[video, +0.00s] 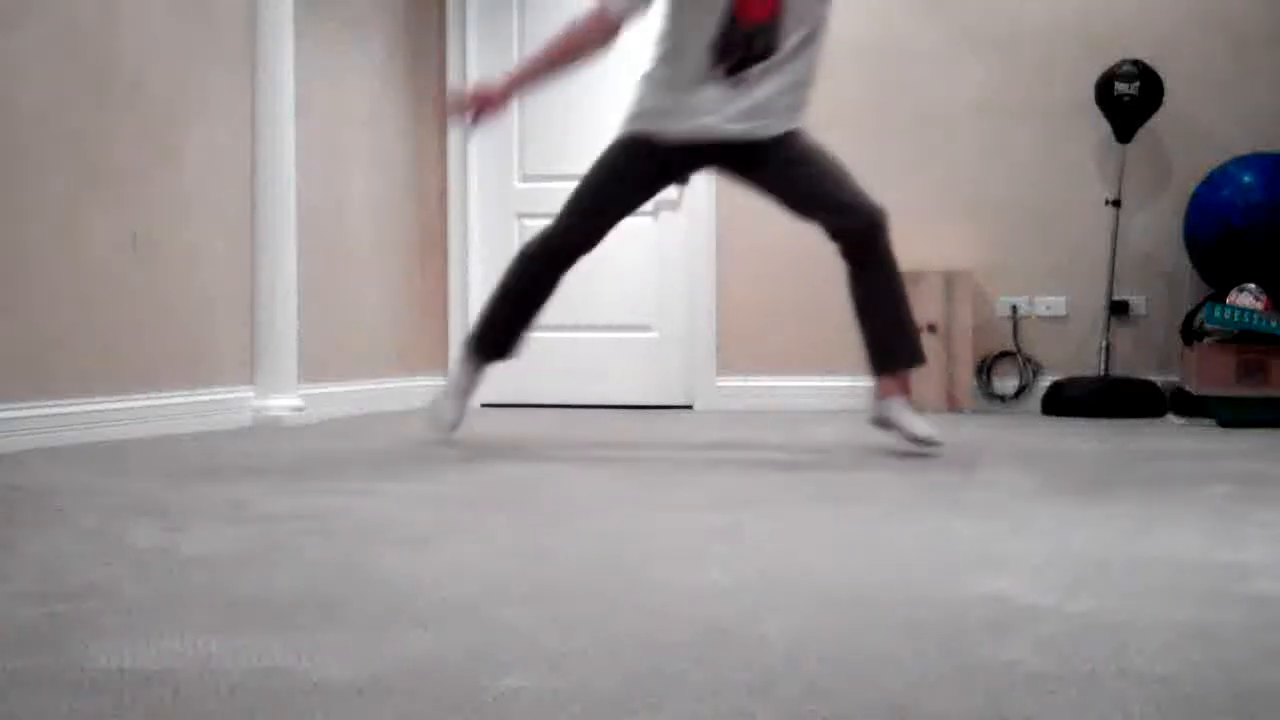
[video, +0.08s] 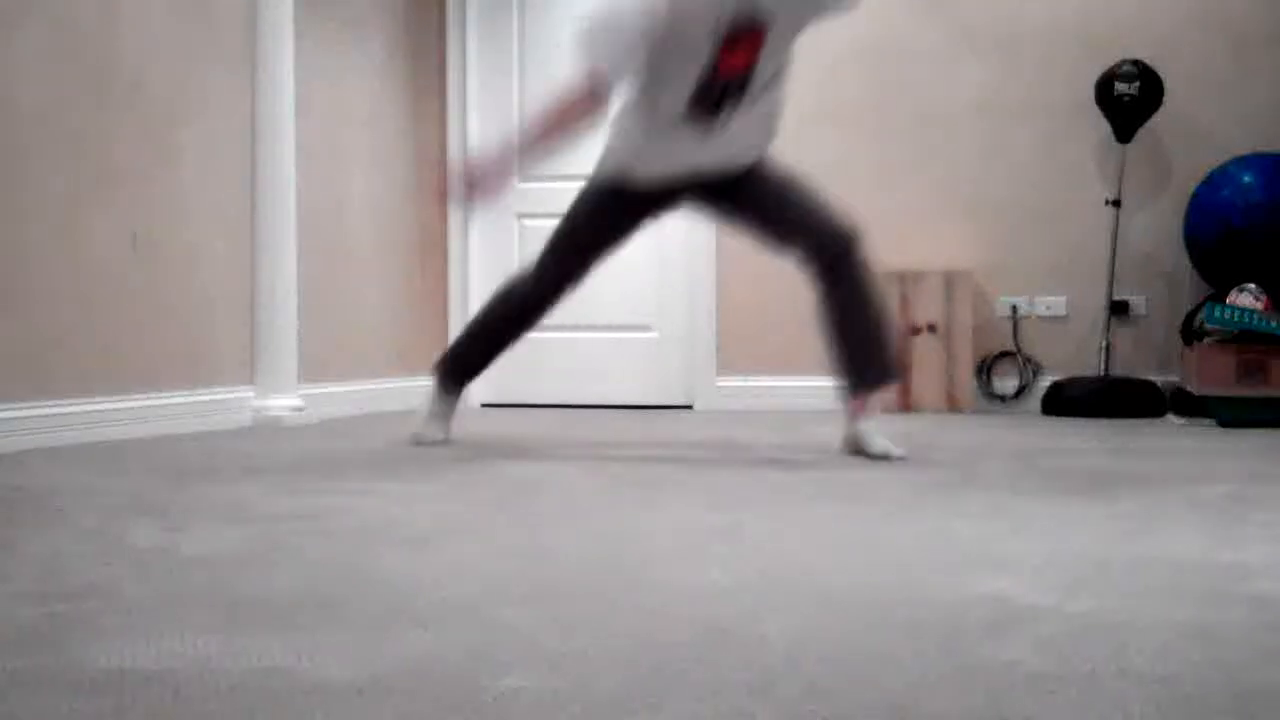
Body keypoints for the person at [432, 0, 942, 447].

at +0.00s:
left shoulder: (811, 11)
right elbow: (601, 25)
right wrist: (504, 90)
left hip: (763, 131)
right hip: (665, 128)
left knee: (863, 225)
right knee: (564, 241)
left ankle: (892, 395)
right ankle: (471, 367)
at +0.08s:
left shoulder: (792, 8)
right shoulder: (662, 11)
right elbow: (590, 92)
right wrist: (498, 165)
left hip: (734, 166)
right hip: (638, 171)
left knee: (834, 246)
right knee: (547, 282)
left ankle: (862, 416)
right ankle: (447, 386)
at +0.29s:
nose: (712, 91)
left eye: (720, 75)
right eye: (698, 78)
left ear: (734, 72)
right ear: (670, 80)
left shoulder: (751, 98)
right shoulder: (634, 140)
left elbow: (842, 91)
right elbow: (619, 289)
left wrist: (932, 71)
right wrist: (585, 409)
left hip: (685, 232)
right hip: (602, 241)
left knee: (791, 262)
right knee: (510, 357)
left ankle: (849, 423)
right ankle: (436, 425)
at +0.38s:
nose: (681, 127)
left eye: (687, 110)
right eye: (664, 118)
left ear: (700, 104)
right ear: (638, 124)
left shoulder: (733, 117)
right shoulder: (619, 185)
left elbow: (830, 113)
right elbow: (633, 319)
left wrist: (891, 117)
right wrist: (622, 431)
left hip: (696, 233)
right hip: (620, 248)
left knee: (793, 262)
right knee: (522, 349)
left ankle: (849, 424)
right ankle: (429, 430)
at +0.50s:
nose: (575, 157)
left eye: (578, 137)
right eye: (561, 151)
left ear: (608, 124)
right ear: (557, 162)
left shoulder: (676, 141)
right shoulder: (597, 213)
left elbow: (785, 113)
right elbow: (631, 326)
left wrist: (766, 137)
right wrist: (622, 434)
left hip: (754, 214)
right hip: (671, 241)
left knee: (817, 266)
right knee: (572, 308)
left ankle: (851, 424)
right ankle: (473, 391)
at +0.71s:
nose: (483, 142)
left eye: (481, 123)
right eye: (469, 144)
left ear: (506, 104)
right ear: (474, 162)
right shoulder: (571, 227)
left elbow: (648, 12)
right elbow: (621, 327)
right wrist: (624, 435)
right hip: (751, 248)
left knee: (802, 288)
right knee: (817, 366)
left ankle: (864, 410)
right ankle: (932, 331)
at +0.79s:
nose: (502, 122)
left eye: (499, 105)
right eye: (484, 126)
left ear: (522, 95)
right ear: (483, 148)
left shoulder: (592, 106)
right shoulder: (563, 226)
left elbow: (657, 55)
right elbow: (613, 329)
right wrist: (625, 432)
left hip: (769, 161)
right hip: (762, 236)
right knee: (881, 360)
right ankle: (1021, 322)